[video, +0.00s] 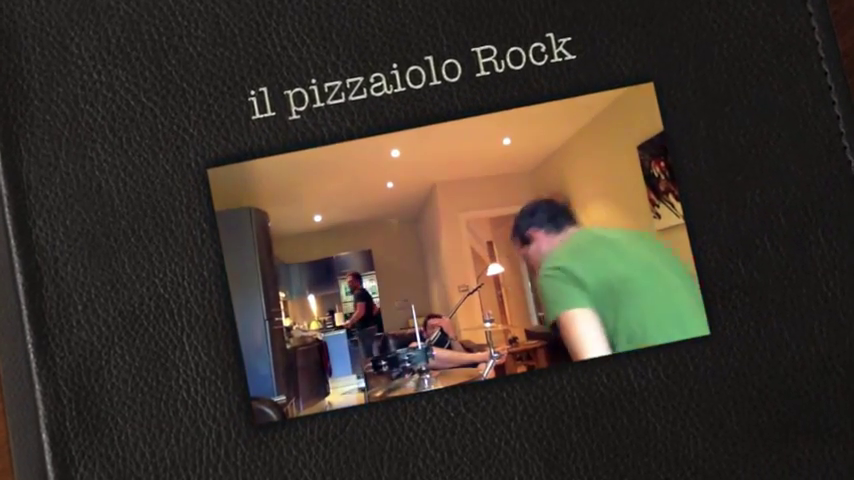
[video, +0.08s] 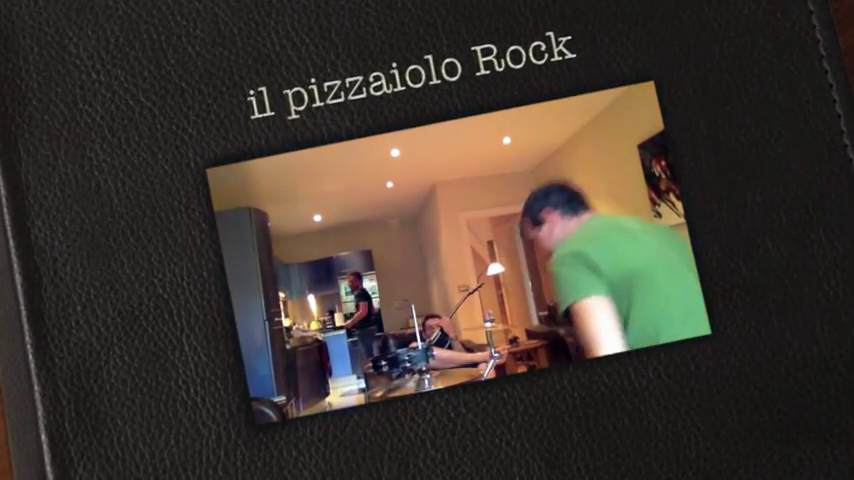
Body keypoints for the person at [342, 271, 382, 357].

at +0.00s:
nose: (348, 284)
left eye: (350, 281)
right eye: (348, 282)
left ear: (357, 282)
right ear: (357, 282)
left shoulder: (359, 294)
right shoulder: (364, 292)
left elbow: (360, 311)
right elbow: (375, 308)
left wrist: (350, 322)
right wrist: (368, 317)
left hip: (365, 328)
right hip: (370, 326)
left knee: (367, 357)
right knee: (369, 356)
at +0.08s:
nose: (349, 283)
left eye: (351, 281)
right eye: (348, 281)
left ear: (358, 281)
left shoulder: (361, 293)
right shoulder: (359, 293)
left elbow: (363, 311)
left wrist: (349, 323)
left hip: (366, 328)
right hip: (363, 327)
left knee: (367, 355)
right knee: (367, 355)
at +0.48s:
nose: (354, 283)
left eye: (356, 280)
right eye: (352, 280)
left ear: (362, 280)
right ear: (350, 282)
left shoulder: (368, 293)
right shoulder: (354, 296)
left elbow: (377, 308)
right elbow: (356, 312)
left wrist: (364, 319)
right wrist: (349, 319)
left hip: (372, 327)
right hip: (361, 329)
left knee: (373, 356)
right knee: (366, 357)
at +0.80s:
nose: (340, 282)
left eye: (342, 279)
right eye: (338, 280)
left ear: (348, 278)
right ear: (336, 282)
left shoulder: (357, 292)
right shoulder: (340, 297)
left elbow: (368, 307)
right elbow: (343, 314)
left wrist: (355, 320)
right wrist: (335, 324)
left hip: (362, 329)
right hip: (351, 331)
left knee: (362, 359)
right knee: (354, 360)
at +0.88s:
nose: (322, 278)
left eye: (325, 275)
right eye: (320, 275)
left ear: (331, 275)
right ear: (317, 278)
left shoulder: (339, 291)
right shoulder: (321, 295)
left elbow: (351, 308)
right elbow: (323, 314)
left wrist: (336, 323)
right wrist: (314, 326)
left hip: (344, 333)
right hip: (331, 334)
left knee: (343, 366)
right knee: (334, 366)